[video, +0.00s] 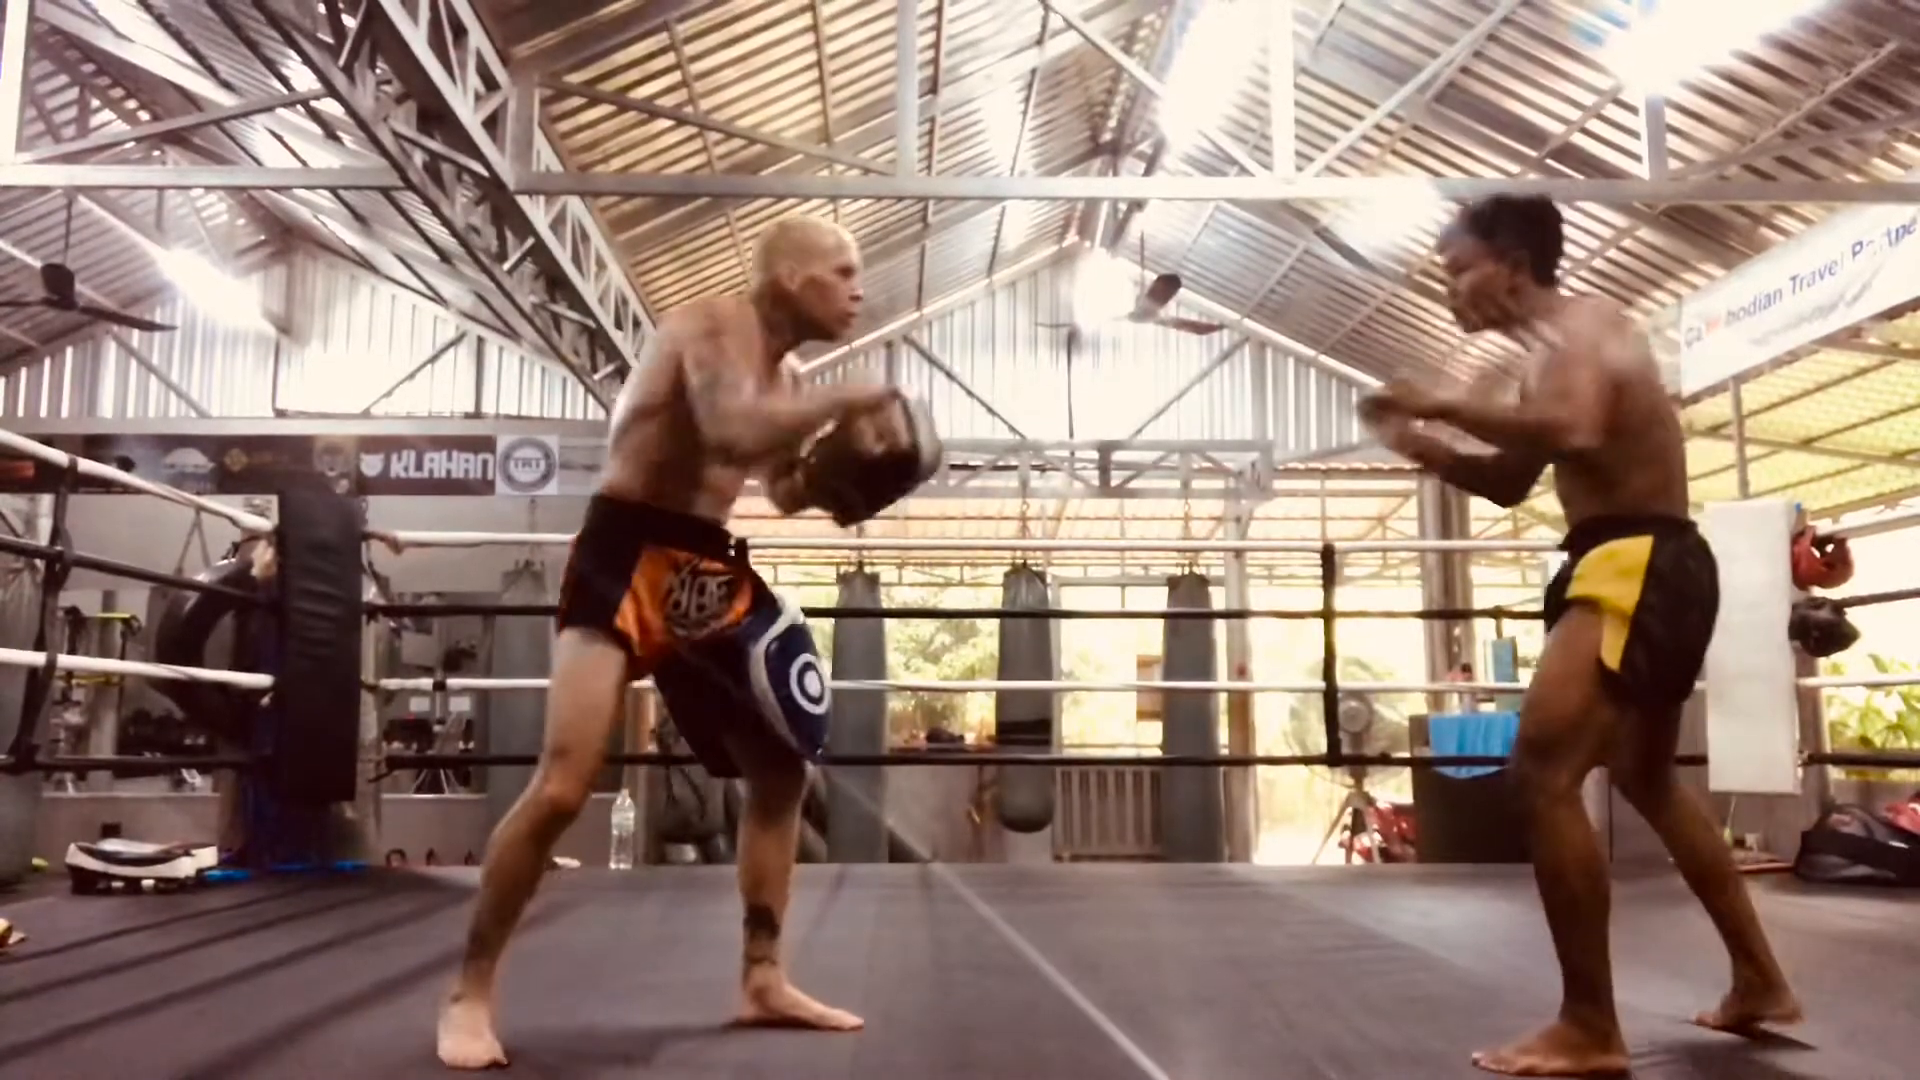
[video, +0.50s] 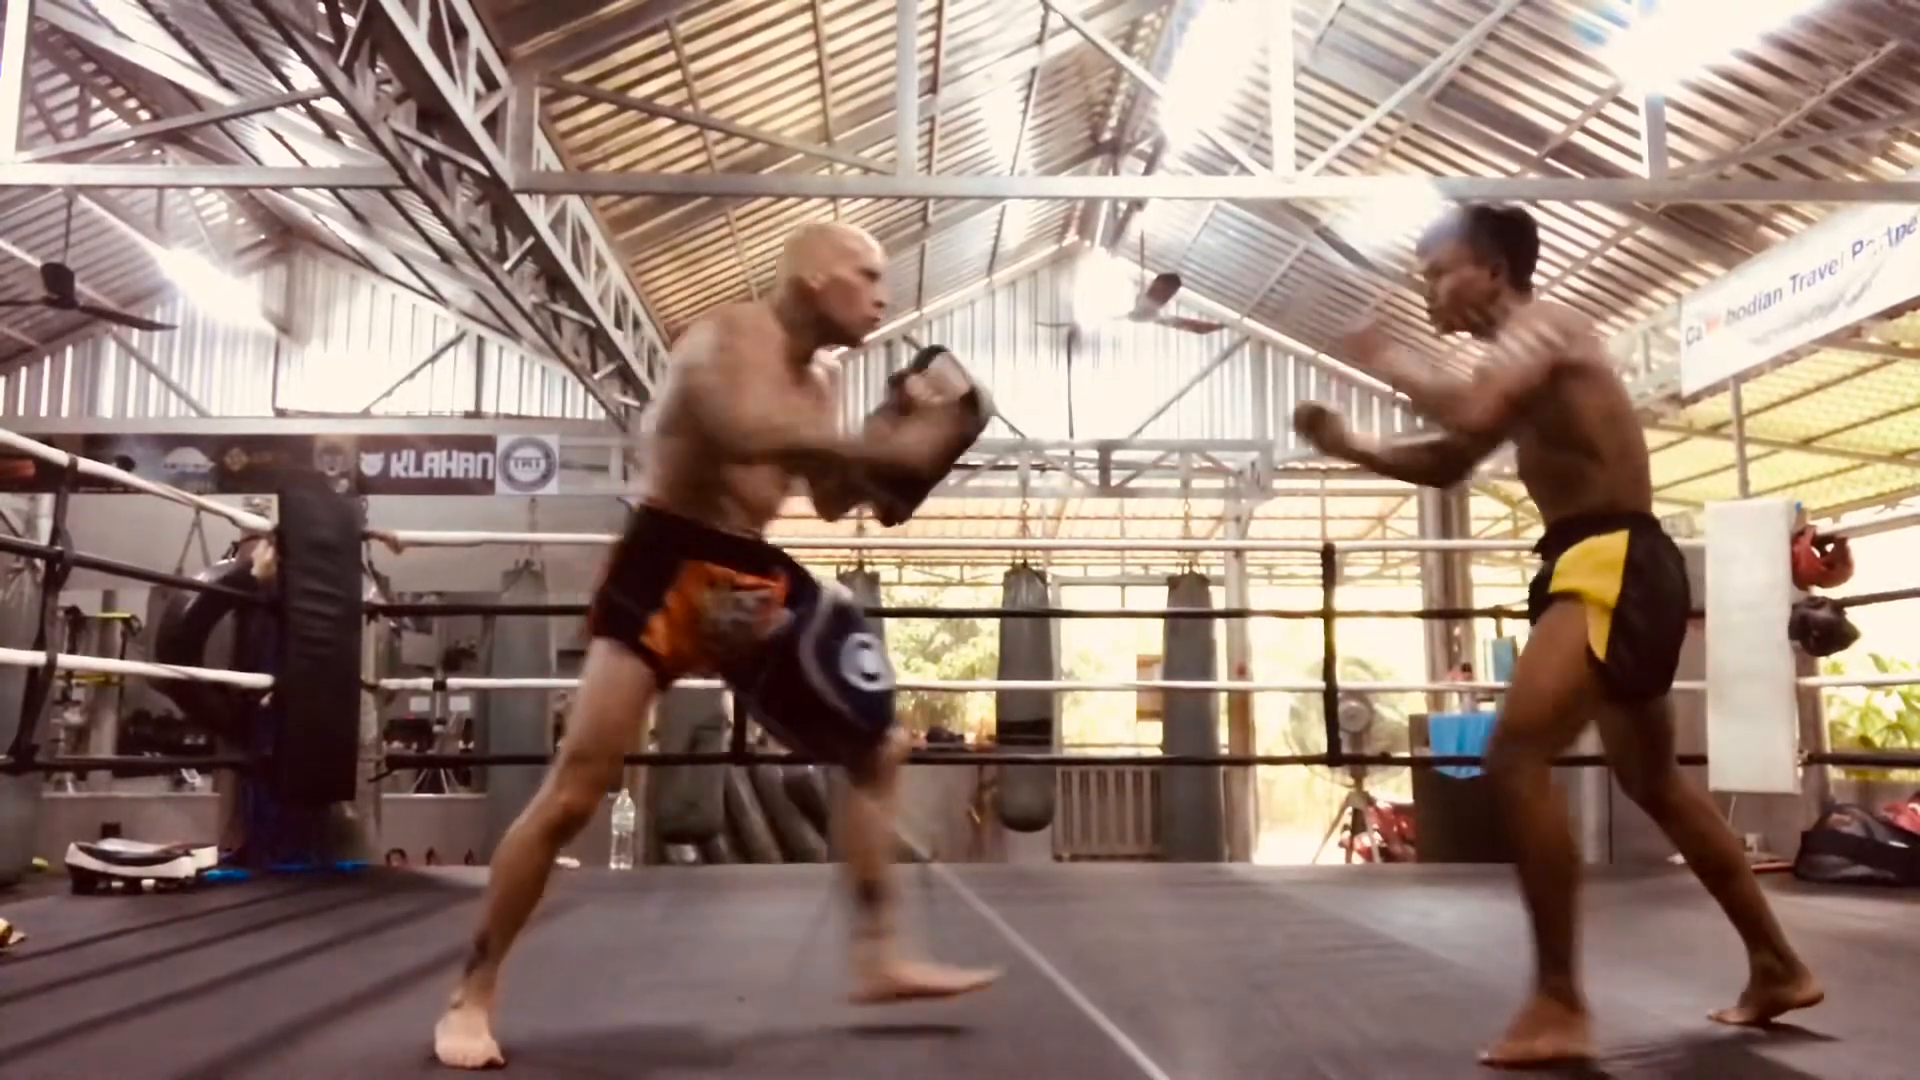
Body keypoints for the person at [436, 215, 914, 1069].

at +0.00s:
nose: (857, 292)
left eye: (857, 277)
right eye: (842, 276)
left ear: (808, 286)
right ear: (791, 281)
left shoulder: (779, 372)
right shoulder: (712, 320)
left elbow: (781, 491)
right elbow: (730, 423)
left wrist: (843, 465)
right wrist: (853, 397)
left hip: (707, 562)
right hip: (624, 549)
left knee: (781, 770)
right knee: (561, 791)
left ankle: (764, 980)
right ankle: (471, 992)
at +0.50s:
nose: (881, 300)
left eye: (881, 284)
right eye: (868, 280)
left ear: (833, 287)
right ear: (816, 278)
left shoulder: (815, 385)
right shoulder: (733, 333)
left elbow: (833, 497)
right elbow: (740, 425)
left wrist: (904, 433)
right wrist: (884, 450)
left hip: (751, 576)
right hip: (665, 563)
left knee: (877, 745)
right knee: (572, 796)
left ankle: (876, 962)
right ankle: (473, 996)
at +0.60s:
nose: (918, 308)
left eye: (920, 296)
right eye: (906, 289)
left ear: (897, 305)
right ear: (857, 286)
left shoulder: (846, 387)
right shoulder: (816, 338)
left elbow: (862, 489)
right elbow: (956, 374)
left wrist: (954, 411)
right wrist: (979, 311)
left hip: (808, 589)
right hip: (744, 577)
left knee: (943, 768)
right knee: (626, 802)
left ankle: (999, 974)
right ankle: (482, 985)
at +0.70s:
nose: (962, 333)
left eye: (963, 322)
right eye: (952, 317)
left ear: (915, 316)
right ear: (905, 306)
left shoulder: (902, 387)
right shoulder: (871, 344)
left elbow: (953, 471)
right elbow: (1015, 362)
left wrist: (982, 366)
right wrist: (1125, 324)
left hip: (882, 590)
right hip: (849, 582)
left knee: (1013, 777)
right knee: (830, 809)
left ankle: (1020, 984)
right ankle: (604, 905)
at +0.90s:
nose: (1028, 328)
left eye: (1032, 320)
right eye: (1019, 305)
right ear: (967, 288)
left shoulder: (966, 398)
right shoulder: (911, 323)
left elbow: (1030, 468)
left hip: (919, 586)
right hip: (926, 511)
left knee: (1021, 775)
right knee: (1158, 530)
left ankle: (1020, 981)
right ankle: (1237, 576)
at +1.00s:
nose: (1029, 300)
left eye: (1034, 290)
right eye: (1022, 279)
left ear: (1011, 296)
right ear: (974, 265)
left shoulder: (985, 371)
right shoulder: (919, 318)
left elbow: (1047, 458)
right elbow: (808, 400)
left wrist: (1049, 366)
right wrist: (803, 409)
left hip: (959, 566)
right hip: (968, 494)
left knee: (1039, 774)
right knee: (1204, 462)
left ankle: (1024, 980)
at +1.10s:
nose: (1029, 259)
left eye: (1034, 244)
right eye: (1016, 241)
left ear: (1024, 253)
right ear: (963, 240)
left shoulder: (998, 346)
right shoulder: (919, 301)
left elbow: (1071, 435)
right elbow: (857, 381)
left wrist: (1090, 342)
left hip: (955, 553)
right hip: (975, 503)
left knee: (1026, 770)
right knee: (1214, 508)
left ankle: (1022, 980)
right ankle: (1354, 634)